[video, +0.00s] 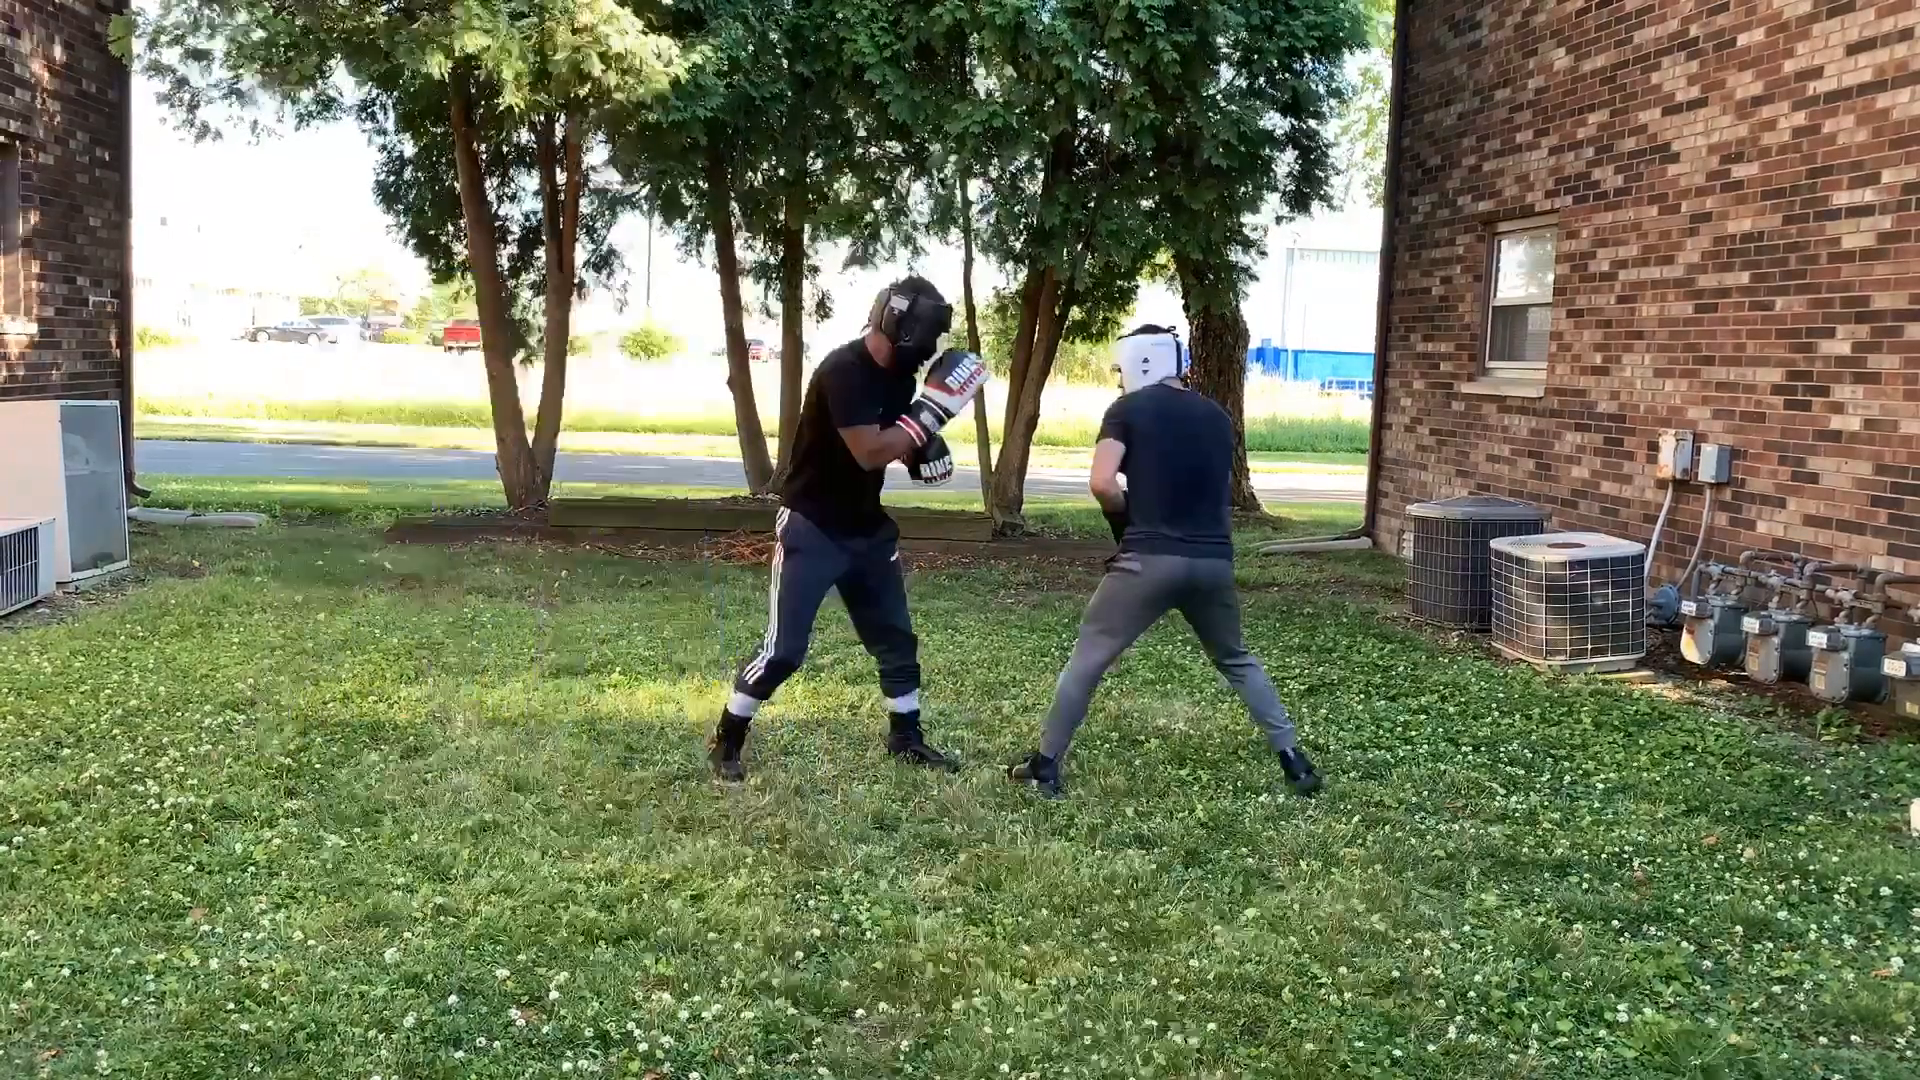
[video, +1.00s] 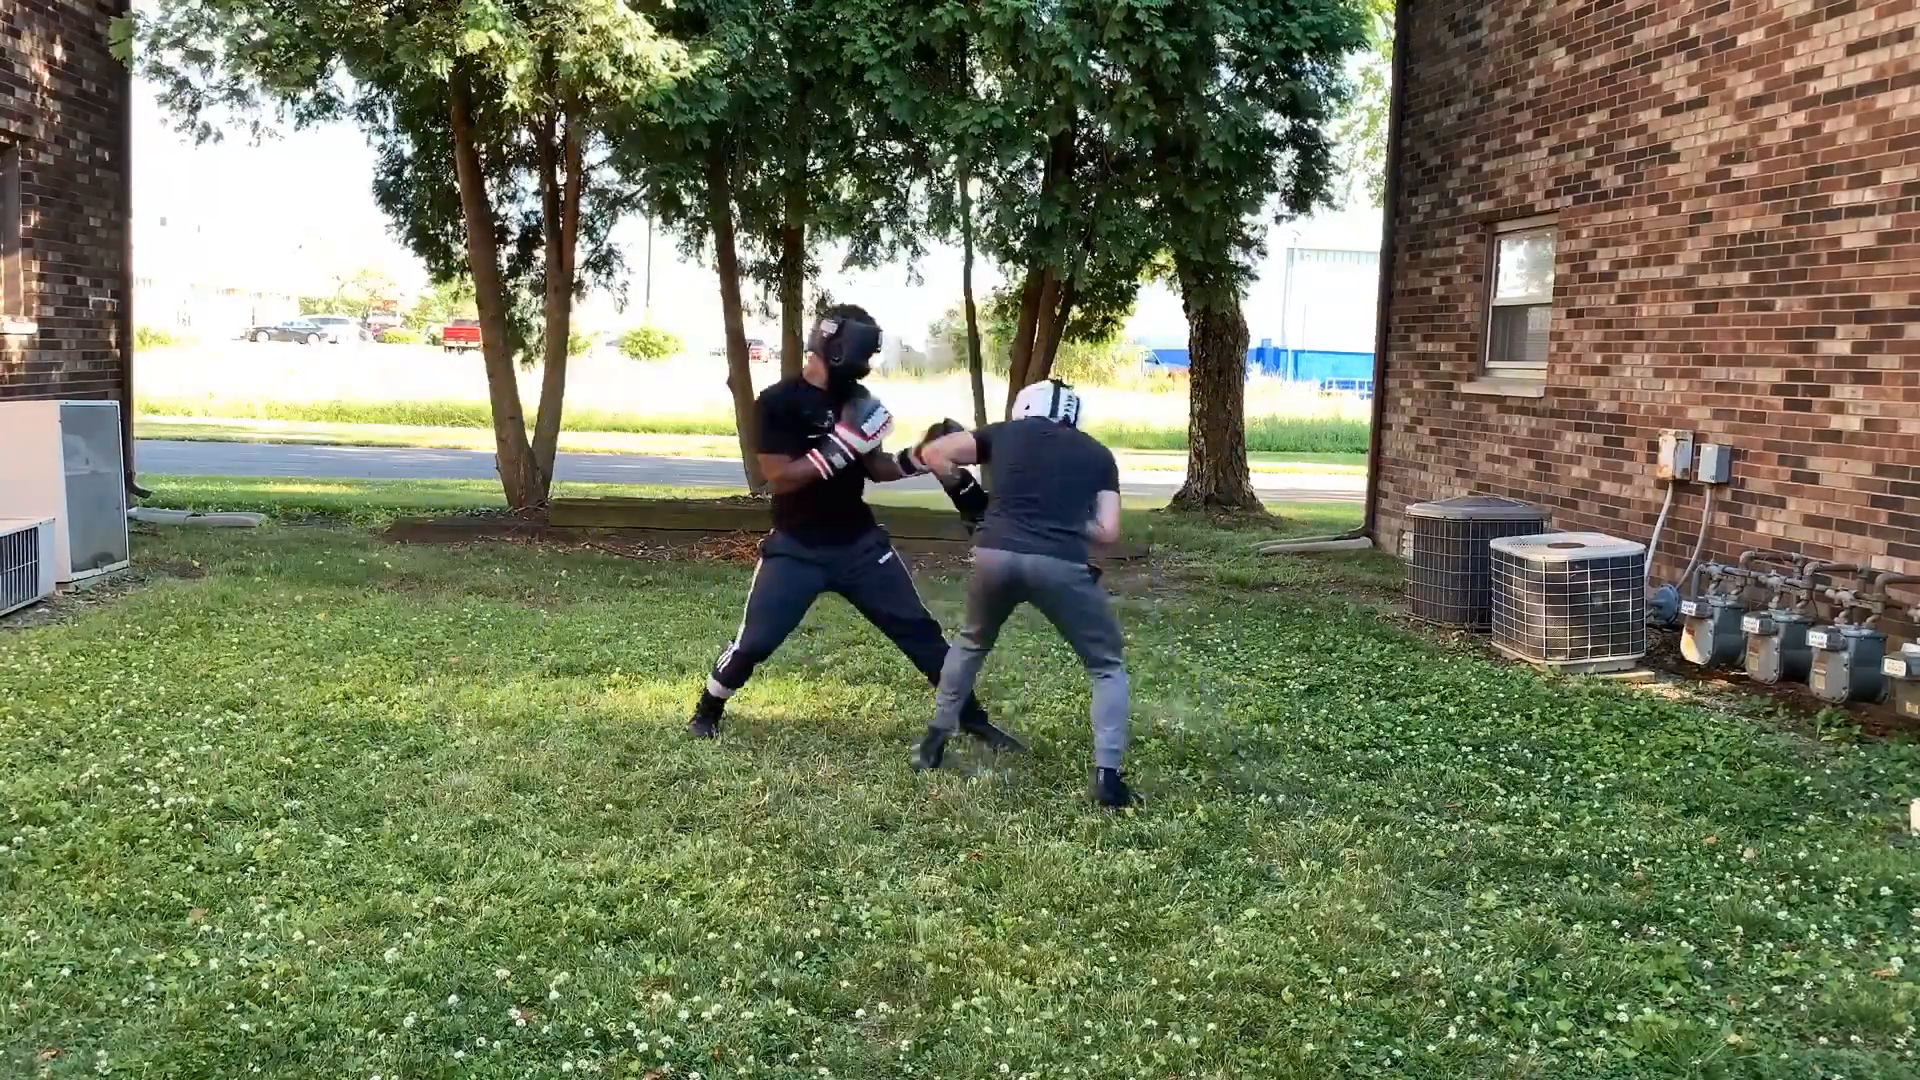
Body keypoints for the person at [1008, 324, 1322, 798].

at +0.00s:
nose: (1119, 376)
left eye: (1122, 368)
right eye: (1119, 368)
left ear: (1138, 366)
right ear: (1180, 367)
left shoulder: (1127, 408)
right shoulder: (1218, 416)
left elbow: (1103, 482)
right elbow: (1222, 490)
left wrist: (1124, 515)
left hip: (1149, 560)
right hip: (1214, 562)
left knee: (1088, 660)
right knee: (1236, 658)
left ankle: (1046, 763)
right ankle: (1293, 755)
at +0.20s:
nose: (1119, 380)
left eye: (1121, 373)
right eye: (1118, 373)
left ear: (1132, 370)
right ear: (1177, 370)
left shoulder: (1122, 409)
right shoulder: (1215, 417)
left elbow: (1092, 480)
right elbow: (1217, 486)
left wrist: (1124, 505)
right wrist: (1169, 501)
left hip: (1143, 560)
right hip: (1209, 562)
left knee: (1086, 658)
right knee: (1227, 661)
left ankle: (1046, 763)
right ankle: (1262, 768)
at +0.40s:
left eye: (1145, 453)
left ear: (1149, 454)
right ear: (1198, 463)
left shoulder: (1123, 478)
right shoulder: (1218, 493)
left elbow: (1090, 535)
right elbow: (1219, 540)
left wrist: (1131, 546)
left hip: (1132, 595)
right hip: (1206, 602)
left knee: (1059, 653)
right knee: (1236, 671)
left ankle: (1021, 752)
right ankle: (1269, 773)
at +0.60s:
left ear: (1066, 484)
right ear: (1109, 480)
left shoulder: (1059, 502)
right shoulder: (1143, 501)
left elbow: (1038, 561)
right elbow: (1174, 556)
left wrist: (1073, 577)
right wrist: (1138, 573)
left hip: (1109, 604)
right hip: (1176, 607)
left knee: (1026, 650)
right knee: (1201, 678)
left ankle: (1006, 758)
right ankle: (1264, 768)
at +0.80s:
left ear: (1040, 430)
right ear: (1088, 433)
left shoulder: (1018, 445)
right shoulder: (1112, 459)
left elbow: (943, 451)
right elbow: (1132, 537)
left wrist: (969, 505)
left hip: (1043, 566)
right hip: (1113, 565)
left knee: (1007, 649)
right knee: (1157, 653)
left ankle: (1006, 758)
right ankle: (1198, 760)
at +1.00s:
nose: (1011, 419)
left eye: (1014, 413)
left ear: (1023, 412)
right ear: (1073, 417)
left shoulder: (1004, 433)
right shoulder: (1098, 455)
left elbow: (934, 453)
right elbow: (1107, 532)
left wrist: (965, 493)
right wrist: (1067, 525)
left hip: (995, 556)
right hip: (1062, 566)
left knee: (972, 640)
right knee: (1107, 667)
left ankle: (935, 739)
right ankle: (1109, 776)